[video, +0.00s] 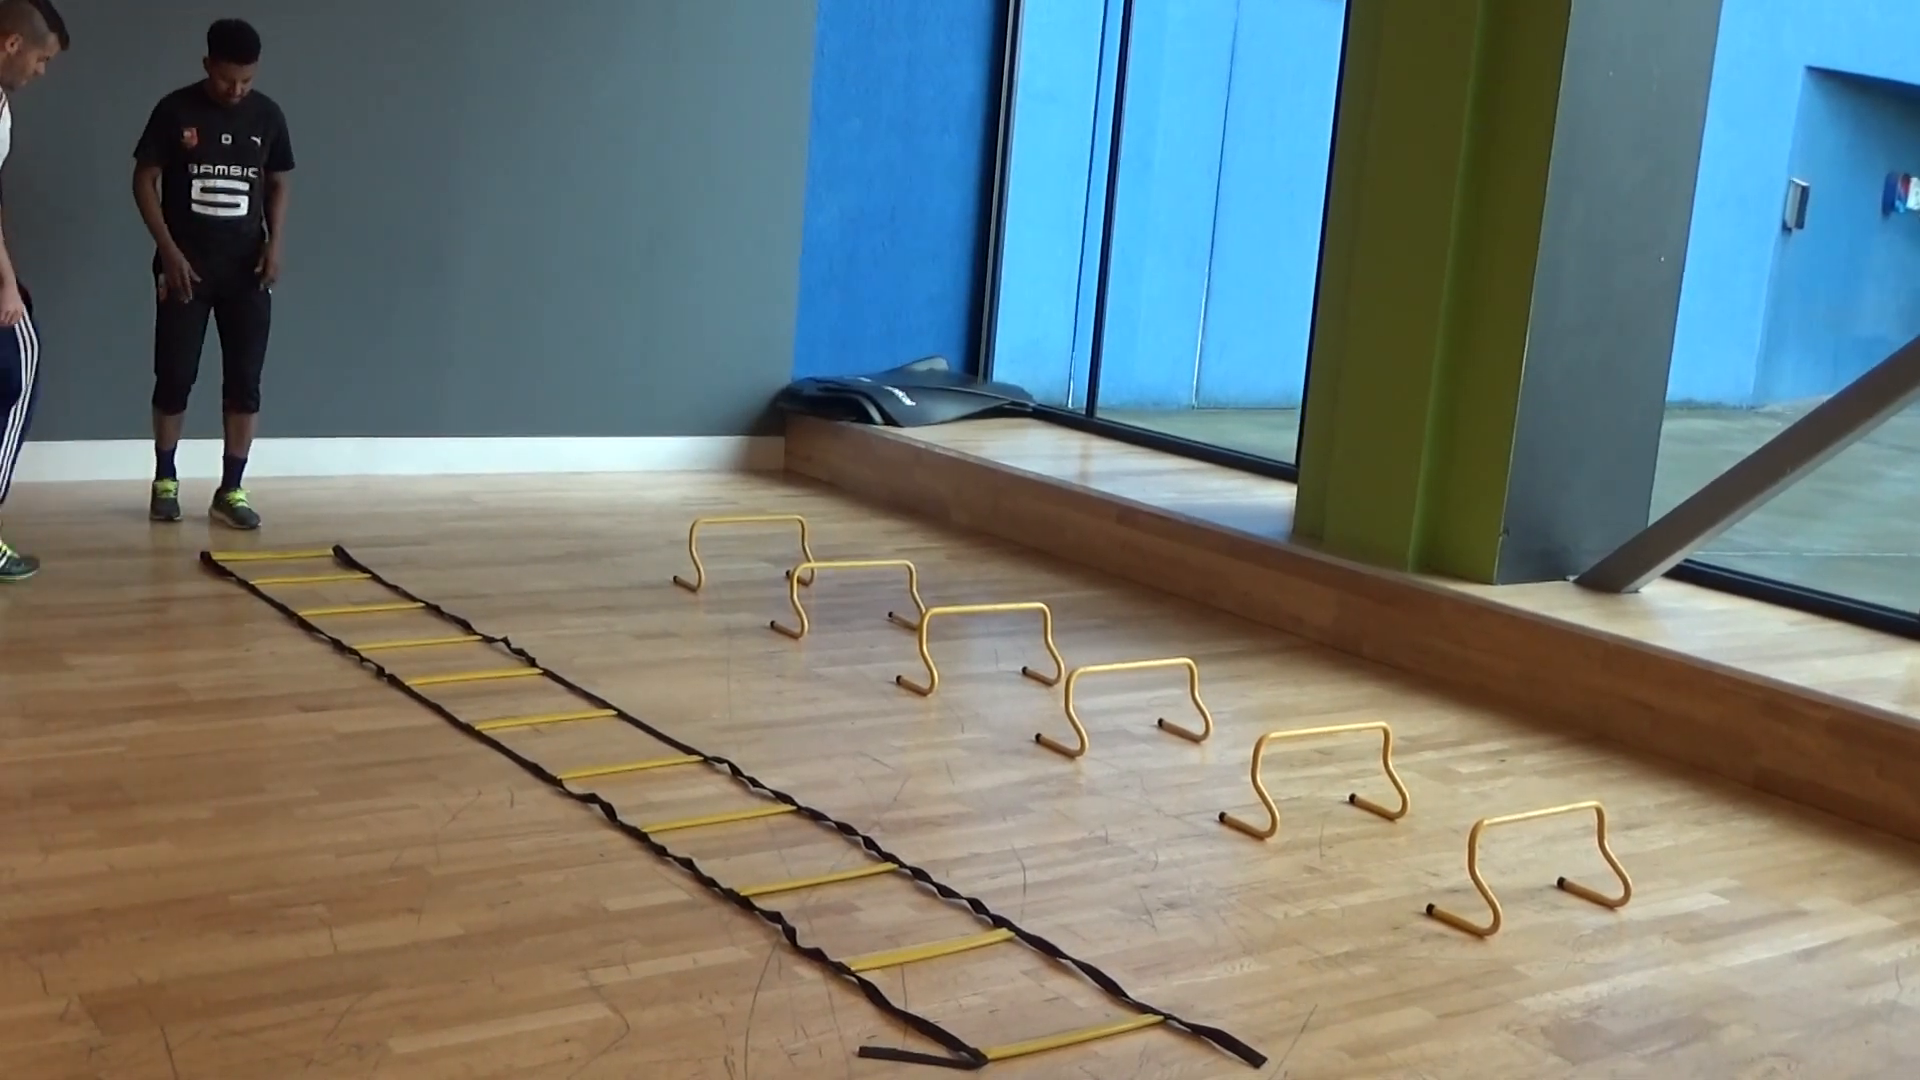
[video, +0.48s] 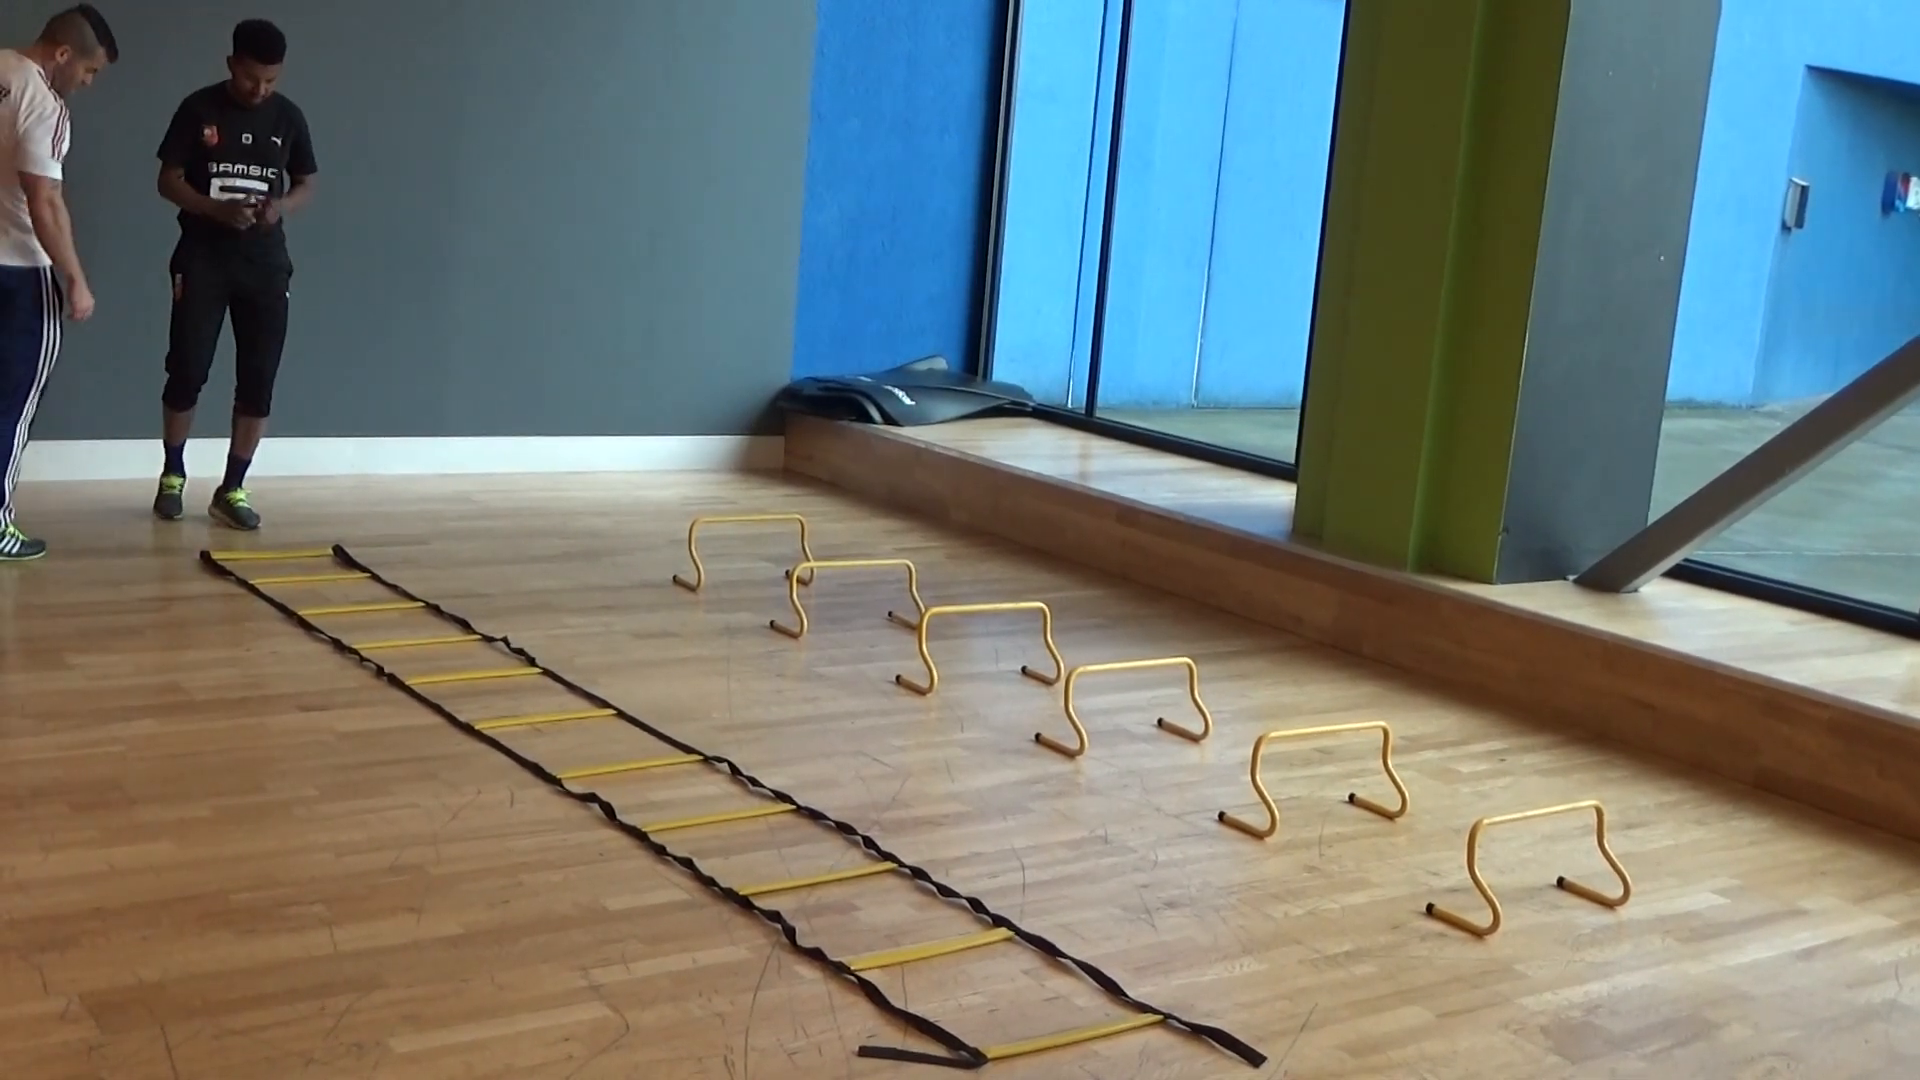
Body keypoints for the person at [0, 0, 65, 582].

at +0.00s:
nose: (40, 72)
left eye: (45, 63)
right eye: (40, 60)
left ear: (13, 48)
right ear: (12, 46)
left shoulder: (5, 107)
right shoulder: (1, 108)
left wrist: (7, 278)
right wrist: (6, 282)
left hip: (5, 282)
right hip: (2, 286)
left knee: (22, 376)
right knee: (20, 378)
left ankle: (0, 533)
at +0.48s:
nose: (85, 85)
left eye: (91, 76)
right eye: (88, 73)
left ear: (55, 49)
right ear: (61, 51)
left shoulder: (8, 70)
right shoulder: (41, 102)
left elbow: (41, 198)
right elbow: (44, 203)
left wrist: (64, 274)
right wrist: (76, 278)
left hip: (10, 267)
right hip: (20, 269)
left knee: (12, 397)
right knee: (16, 399)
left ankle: (2, 520)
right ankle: (1, 521)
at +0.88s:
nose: (90, 86)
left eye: (96, 78)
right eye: (91, 73)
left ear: (57, 55)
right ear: (61, 54)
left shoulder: (8, 80)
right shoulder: (46, 103)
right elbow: (54, 197)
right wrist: (89, 276)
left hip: (5, 264)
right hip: (33, 268)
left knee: (12, 383)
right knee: (34, 385)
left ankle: (7, 499)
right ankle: (5, 506)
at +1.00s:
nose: (98, 75)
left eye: (102, 66)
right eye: (98, 63)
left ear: (61, 48)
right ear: (68, 49)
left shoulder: (8, 74)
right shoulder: (53, 98)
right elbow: (49, 189)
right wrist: (67, 269)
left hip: (2, 257)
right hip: (34, 260)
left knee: (2, 371)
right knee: (66, 365)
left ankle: (8, 472)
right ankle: (15, 472)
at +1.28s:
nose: (120, 60)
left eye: (121, 50)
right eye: (119, 49)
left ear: (75, 42)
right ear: (98, 46)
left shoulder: (21, 79)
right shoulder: (77, 96)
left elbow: (14, 164)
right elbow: (65, 176)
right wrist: (82, 254)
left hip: (13, 252)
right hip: (66, 256)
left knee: (6, 371)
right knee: (80, 371)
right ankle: (76, 473)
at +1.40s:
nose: (135, 60)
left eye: (137, 49)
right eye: (134, 49)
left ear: (91, 42)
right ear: (116, 46)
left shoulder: (43, 83)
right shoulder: (94, 101)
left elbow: (48, 178)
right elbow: (80, 181)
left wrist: (106, 235)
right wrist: (101, 259)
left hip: (28, 253)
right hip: (81, 259)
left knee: (16, 368)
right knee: (94, 369)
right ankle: (80, 471)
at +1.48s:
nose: (149, 60)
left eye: (150, 50)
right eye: (148, 50)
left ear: (102, 44)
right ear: (129, 49)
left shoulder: (58, 84)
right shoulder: (105, 100)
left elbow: (59, 176)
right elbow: (91, 182)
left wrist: (116, 234)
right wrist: (111, 258)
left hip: (46, 251)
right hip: (93, 255)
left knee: (47, 353)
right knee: (107, 364)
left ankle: (1, 453)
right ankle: (81, 471)